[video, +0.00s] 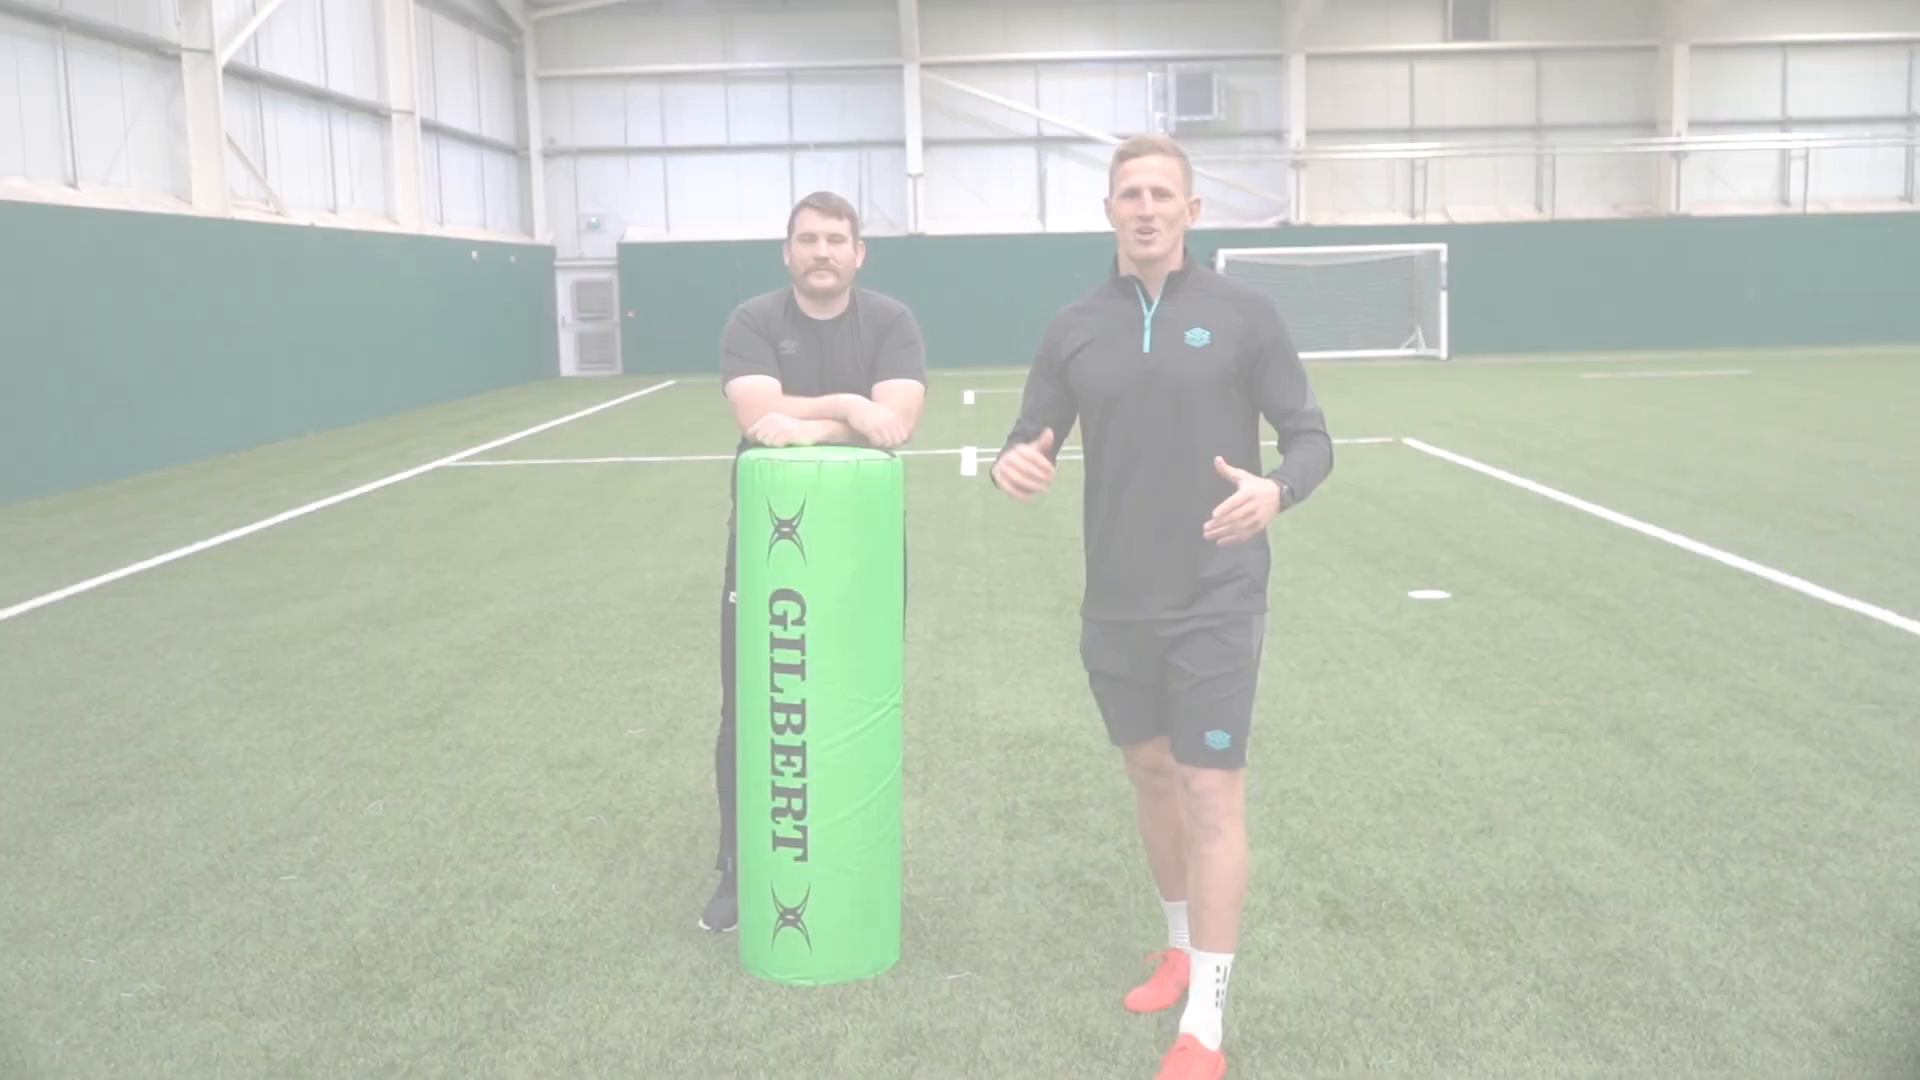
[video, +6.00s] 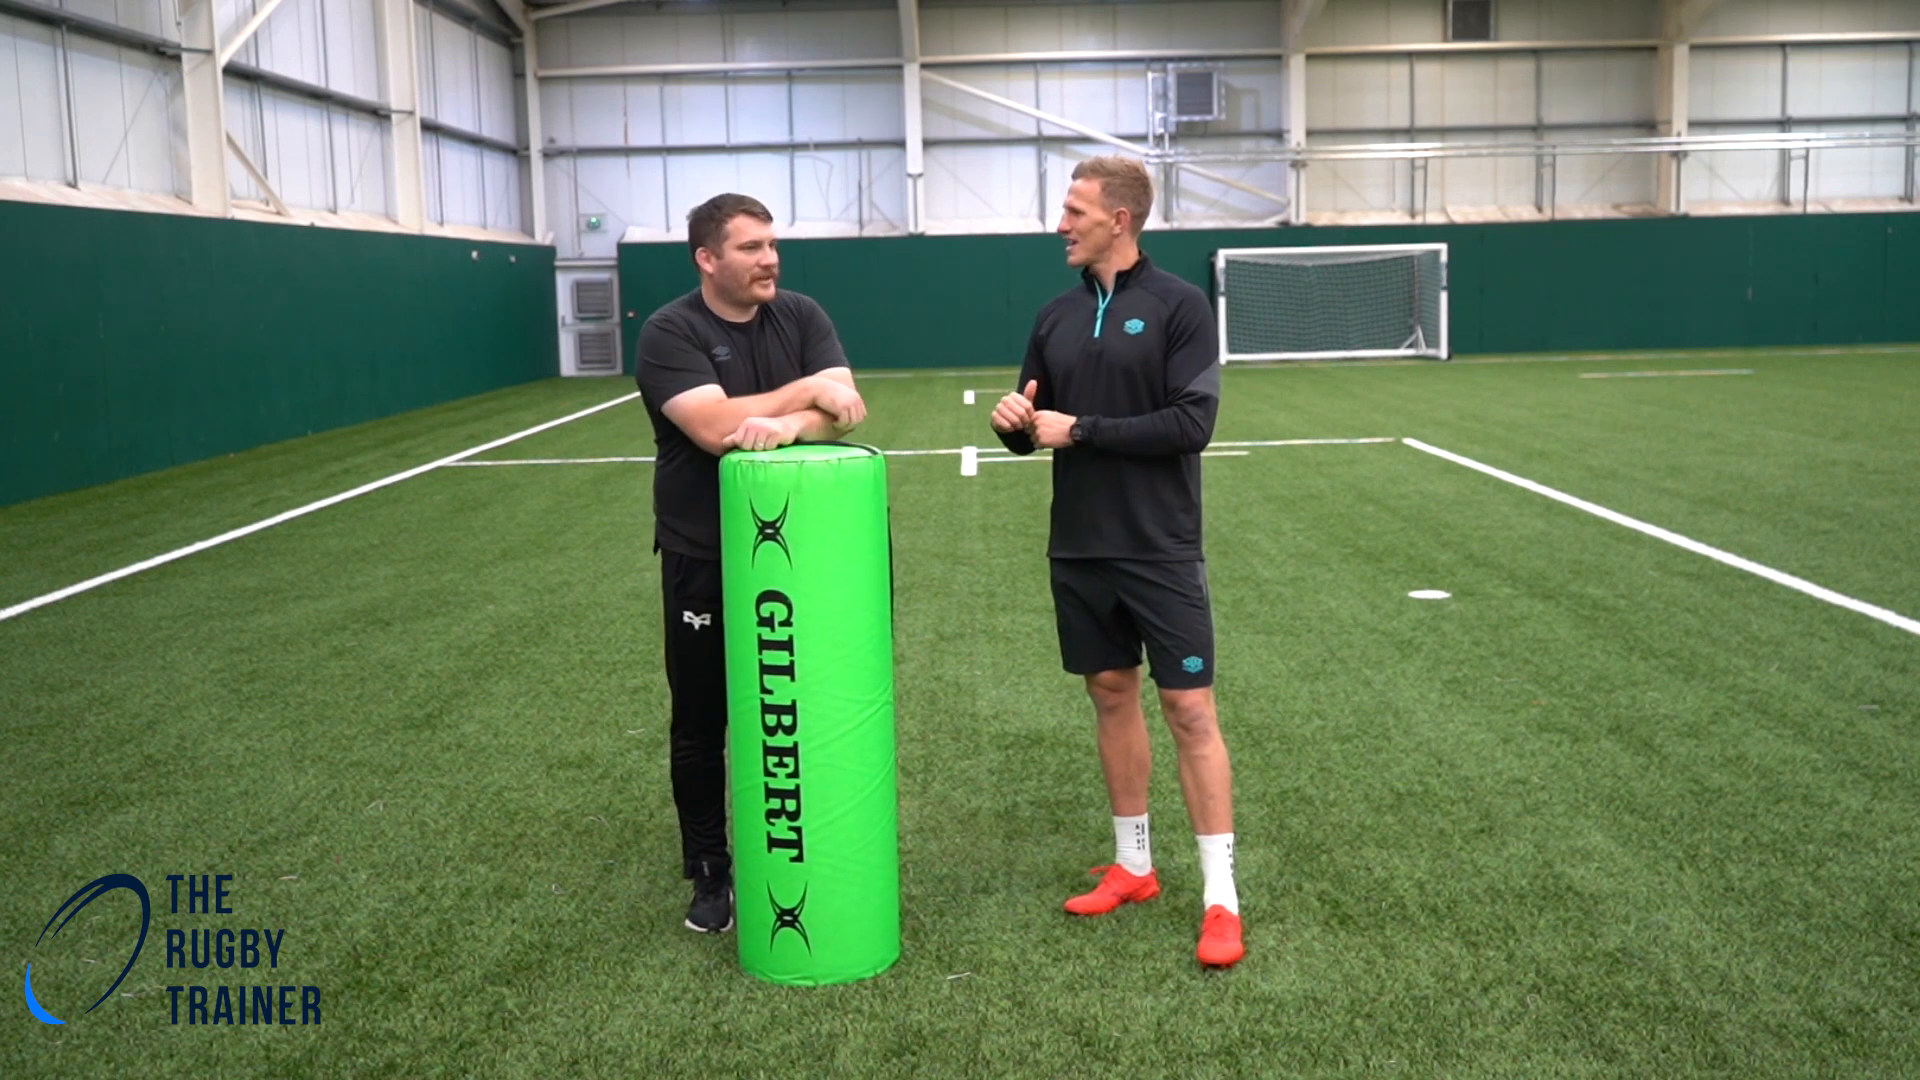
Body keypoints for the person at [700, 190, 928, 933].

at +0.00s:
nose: (822, 252)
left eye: (836, 240)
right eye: (809, 240)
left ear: (858, 251)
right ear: (788, 250)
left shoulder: (892, 321)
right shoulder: (754, 321)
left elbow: (892, 427)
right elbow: (761, 421)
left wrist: (806, 430)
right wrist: (851, 405)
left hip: (860, 546)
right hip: (768, 544)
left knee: (854, 715)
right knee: (749, 712)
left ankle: (846, 880)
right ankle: (738, 872)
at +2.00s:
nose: (801, 275)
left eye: (813, 260)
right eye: (785, 262)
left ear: (832, 260)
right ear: (759, 266)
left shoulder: (868, 320)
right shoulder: (728, 328)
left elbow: (895, 426)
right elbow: (731, 434)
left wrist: (789, 424)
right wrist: (838, 410)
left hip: (848, 552)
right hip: (750, 552)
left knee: (847, 717)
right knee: (741, 715)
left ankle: (846, 880)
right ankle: (736, 874)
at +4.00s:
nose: (857, 257)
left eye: (868, 247)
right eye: (843, 243)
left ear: (880, 259)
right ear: (811, 249)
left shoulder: (897, 326)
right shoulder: (760, 317)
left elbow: (890, 422)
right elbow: (730, 417)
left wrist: (783, 419)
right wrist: (838, 409)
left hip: (856, 545)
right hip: (764, 540)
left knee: (850, 713)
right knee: (748, 709)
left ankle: (843, 881)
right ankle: (738, 872)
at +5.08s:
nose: (776, 254)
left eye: (775, 242)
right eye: (760, 246)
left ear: (768, 249)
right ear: (712, 259)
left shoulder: (795, 315)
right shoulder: (664, 336)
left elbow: (836, 409)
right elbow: (679, 446)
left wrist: (742, 422)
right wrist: (789, 414)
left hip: (791, 555)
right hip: (701, 559)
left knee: (797, 713)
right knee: (701, 722)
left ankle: (803, 867)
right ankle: (711, 874)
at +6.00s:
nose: (769, 259)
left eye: (772, 245)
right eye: (752, 248)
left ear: (774, 250)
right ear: (706, 258)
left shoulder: (801, 316)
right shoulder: (668, 333)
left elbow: (842, 408)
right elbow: (717, 429)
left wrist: (775, 425)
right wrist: (814, 399)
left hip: (796, 555)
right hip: (702, 557)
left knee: (799, 711)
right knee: (703, 720)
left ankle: (805, 864)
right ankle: (711, 870)